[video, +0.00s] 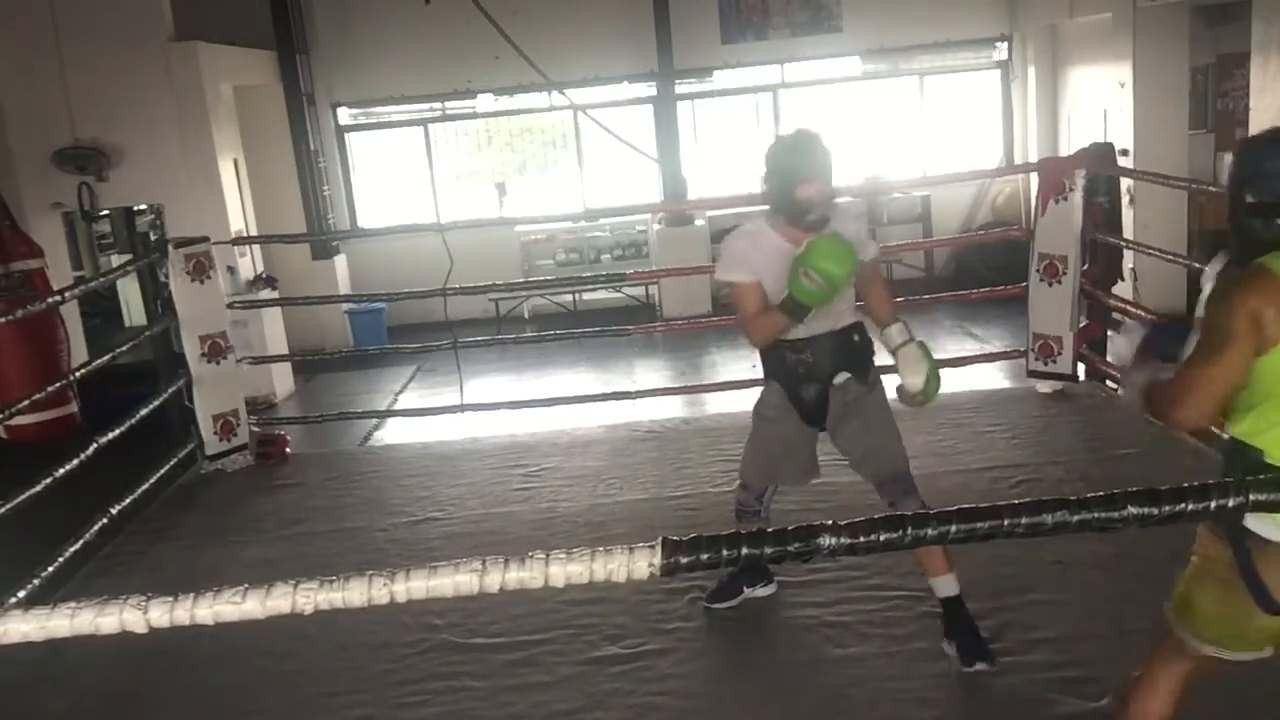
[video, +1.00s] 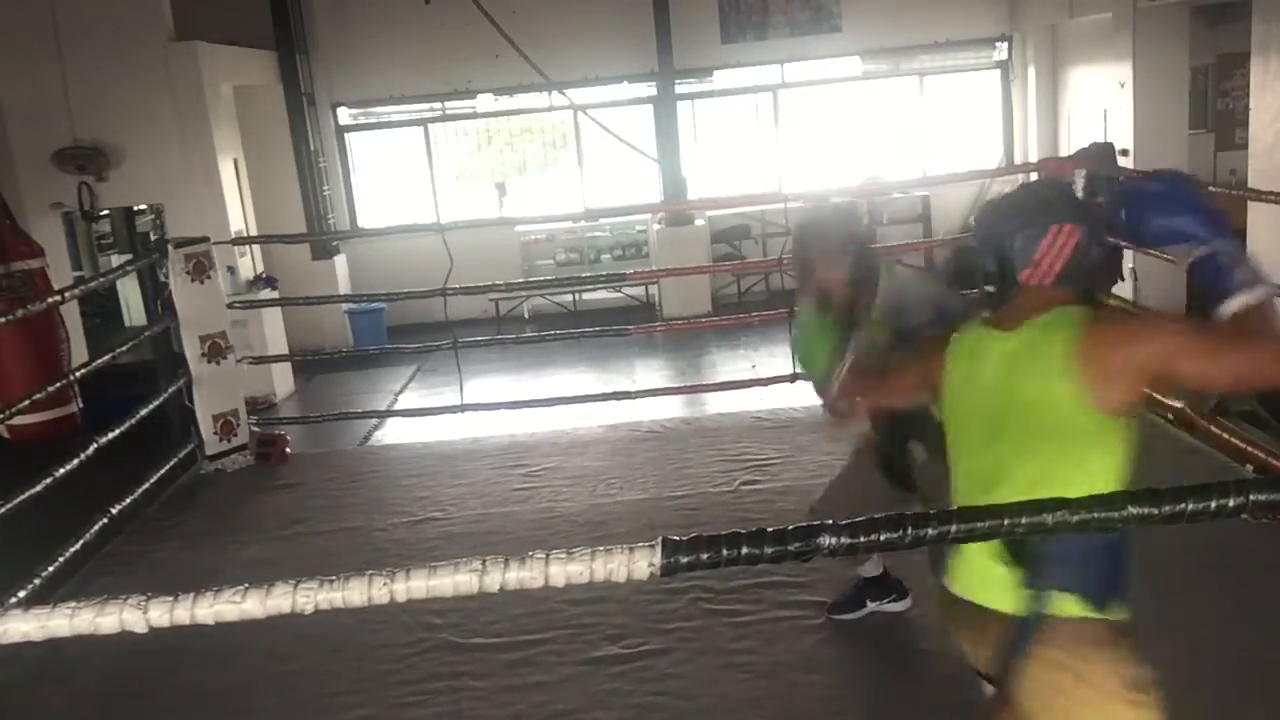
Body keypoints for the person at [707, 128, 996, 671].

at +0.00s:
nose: (818, 191)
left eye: (823, 178)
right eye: (804, 181)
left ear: (830, 180)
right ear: (778, 186)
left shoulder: (847, 227)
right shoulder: (746, 247)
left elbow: (873, 290)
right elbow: (757, 332)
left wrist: (903, 343)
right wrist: (800, 297)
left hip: (853, 380)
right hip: (786, 387)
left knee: (902, 494)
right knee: (750, 494)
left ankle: (956, 615)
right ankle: (752, 573)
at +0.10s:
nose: (864, 199)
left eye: (870, 187)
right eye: (853, 187)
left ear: (876, 190)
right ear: (825, 187)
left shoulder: (874, 244)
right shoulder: (782, 248)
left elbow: (905, 308)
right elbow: (787, 335)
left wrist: (940, 347)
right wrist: (835, 291)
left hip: (865, 394)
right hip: (797, 397)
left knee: (912, 508)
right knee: (756, 502)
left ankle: (963, 633)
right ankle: (756, 570)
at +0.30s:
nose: (924, 214)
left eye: (934, 202)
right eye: (913, 200)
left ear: (942, 196)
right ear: (880, 190)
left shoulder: (929, 245)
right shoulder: (829, 234)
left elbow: (938, 332)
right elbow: (831, 329)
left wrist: (952, 303)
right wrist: (884, 279)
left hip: (891, 388)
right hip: (825, 389)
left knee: (933, 513)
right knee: (790, 499)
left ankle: (965, 638)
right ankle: (795, 559)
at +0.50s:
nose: (924, 215)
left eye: (934, 203)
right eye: (916, 202)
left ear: (942, 193)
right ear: (886, 189)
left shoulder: (928, 236)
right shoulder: (832, 226)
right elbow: (826, 319)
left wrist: (962, 279)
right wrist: (874, 278)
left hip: (898, 379)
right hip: (833, 380)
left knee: (934, 508)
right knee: (817, 505)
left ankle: (965, 640)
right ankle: (874, 572)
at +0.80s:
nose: (855, 201)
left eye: (864, 189)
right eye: (845, 190)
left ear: (886, 183)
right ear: (831, 186)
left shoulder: (912, 220)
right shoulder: (814, 226)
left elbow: (947, 282)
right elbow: (814, 321)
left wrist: (936, 207)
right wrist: (828, 279)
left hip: (909, 373)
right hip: (847, 376)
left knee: (934, 510)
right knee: (839, 492)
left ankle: (982, 658)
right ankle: (880, 583)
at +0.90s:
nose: (837, 225)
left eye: (842, 212)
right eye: (829, 215)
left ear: (864, 201)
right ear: (823, 213)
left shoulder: (918, 232)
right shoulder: (823, 261)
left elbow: (962, 312)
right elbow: (819, 346)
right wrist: (821, 308)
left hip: (933, 385)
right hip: (868, 395)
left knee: (950, 523)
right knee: (840, 497)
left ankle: (989, 660)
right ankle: (878, 580)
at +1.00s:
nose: (818, 280)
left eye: (823, 265)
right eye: (813, 269)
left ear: (846, 254)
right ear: (812, 266)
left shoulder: (908, 295)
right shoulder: (845, 303)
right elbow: (818, 366)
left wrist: (865, 392)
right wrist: (812, 302)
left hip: (946, 437)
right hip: (894, 437)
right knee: (836, 512)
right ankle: (878, 581)